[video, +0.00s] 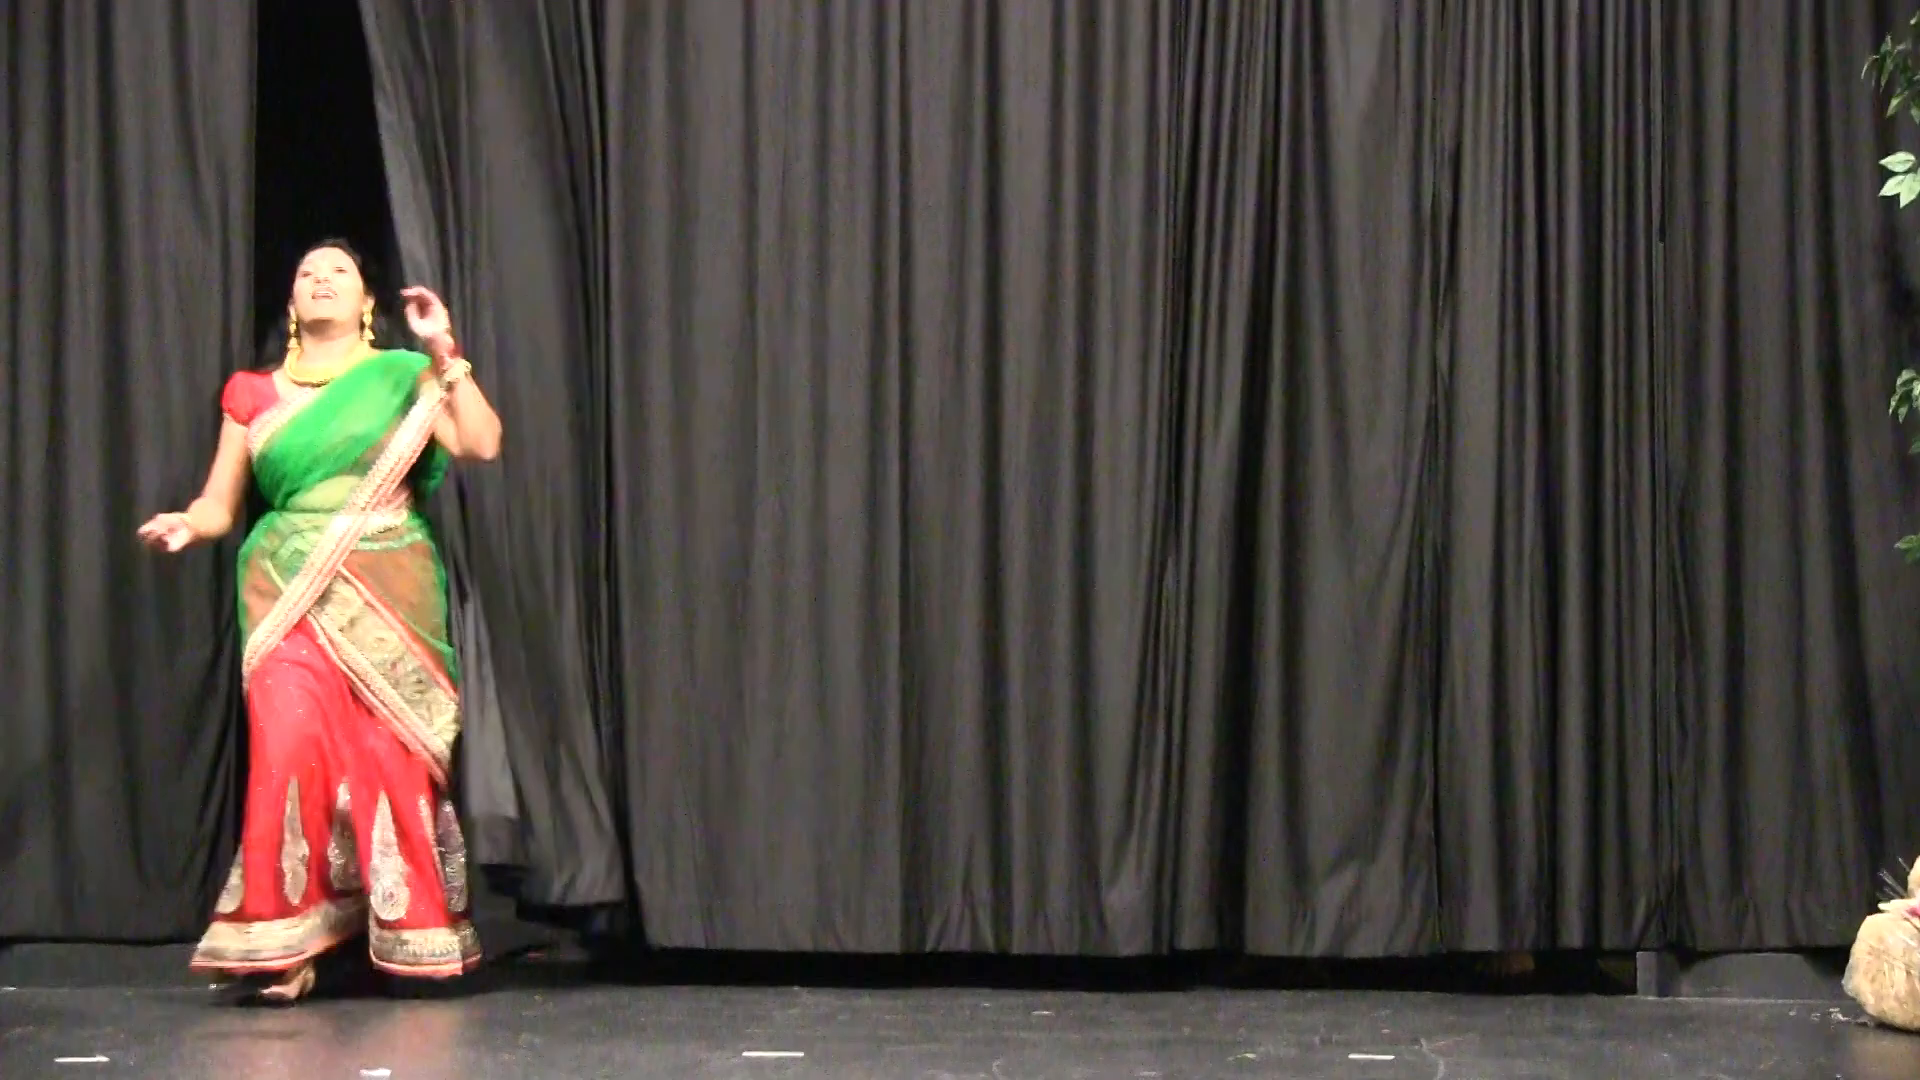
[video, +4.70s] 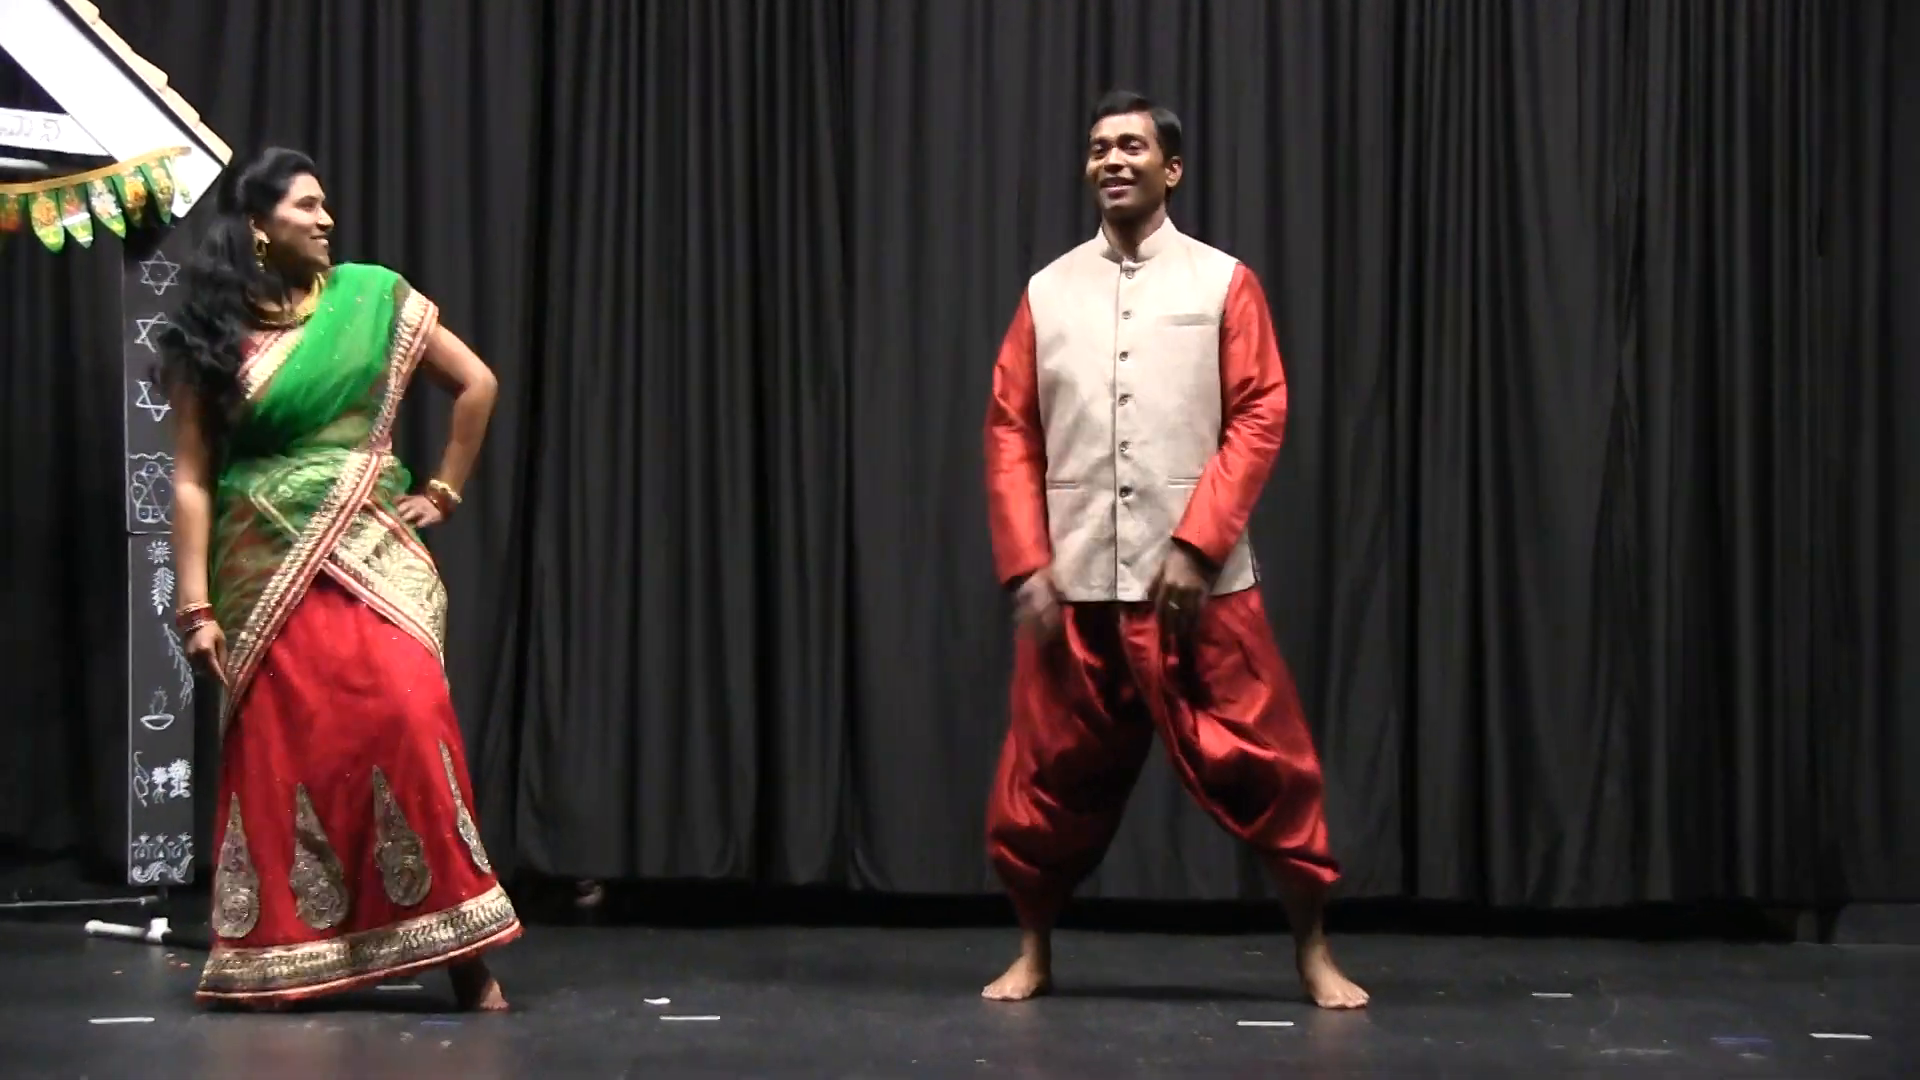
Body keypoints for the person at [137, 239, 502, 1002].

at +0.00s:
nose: (320, 280)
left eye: (337, 272)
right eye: (308, 273)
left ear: (366, 301)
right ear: (290, 301)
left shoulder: (401, 371)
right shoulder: (255, 392)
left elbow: (480, 444)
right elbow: (219, 506)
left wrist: (445, 349)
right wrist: (188, 520)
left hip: (387, 580)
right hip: (287, 584)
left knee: (395, 755)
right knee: (286, 751)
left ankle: (414, 943)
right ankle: (285, 949)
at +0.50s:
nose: (237, 264)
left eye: (254, 251)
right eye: (222, 253)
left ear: (286, 271)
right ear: (201, 278)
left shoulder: (335, 345)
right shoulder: (172, 371)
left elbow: (468, 392)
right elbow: (121, 491)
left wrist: (434, 500)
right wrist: (105, 597)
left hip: (324, 574)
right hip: (218, 580)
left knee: (313, 762)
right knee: (210, 773)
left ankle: (301, 963)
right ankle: (255, 944)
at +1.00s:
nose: (128, 281)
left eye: (143, 263)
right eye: (108, 266)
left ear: (175, 257)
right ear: (80, 267)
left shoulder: (224, 318)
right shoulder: (49, 352)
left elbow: (359, 391)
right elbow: (18, 488)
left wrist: (315, 499)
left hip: (215, 574)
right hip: (102, 581)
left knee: (192, 772)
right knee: (101, 776)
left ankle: (187, 988)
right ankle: (126, 1011)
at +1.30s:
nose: (44, 233)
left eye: (63, 214)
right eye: (25, 217)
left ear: (98, 221)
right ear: (2, 229)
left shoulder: (149, 302)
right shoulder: (4, 319)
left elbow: (280, 390)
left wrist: (230, 503)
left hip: (129, 567)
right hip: (23, 575)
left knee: (125, 778)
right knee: (27, 781)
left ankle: (123, 1005)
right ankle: (31, 1004)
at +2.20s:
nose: (92, 173)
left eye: (109, 159)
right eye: (71, 158)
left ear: (133, 183)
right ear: (35, 183)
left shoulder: (181, 261)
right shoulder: (11, 309)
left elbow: (325, 329)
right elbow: (1, 465)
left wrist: (282, 446)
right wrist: (0, 601)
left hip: (189, 539)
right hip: (70, 557)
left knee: (210, 757)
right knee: (86, 775)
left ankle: (259, 999)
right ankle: (102, 1012)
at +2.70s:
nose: (244, 190)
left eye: (239, 173)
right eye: (227, 177)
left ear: (215, 187)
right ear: (178, 197)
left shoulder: (265, 259)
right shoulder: (126, 320)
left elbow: (363, 321)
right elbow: (129, 492)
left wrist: (373, 431)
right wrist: (155, 632)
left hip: (331, 541)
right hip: (223, 571)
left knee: (359, 761)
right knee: (228, 784)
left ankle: (376, 1020)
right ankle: (197, 1020)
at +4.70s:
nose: (325, 219)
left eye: (325, 206)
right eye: (306, 206)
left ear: (322, 217)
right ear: (256, 223)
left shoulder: (375, 295)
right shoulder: (210, 330)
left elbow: (477, 383)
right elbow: (191, 472)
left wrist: (444, 490)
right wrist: (192, 598)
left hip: (374, 542)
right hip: (263, 555)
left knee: (410, 719)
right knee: (278, 747)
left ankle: (463, 949)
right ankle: (294, 964)